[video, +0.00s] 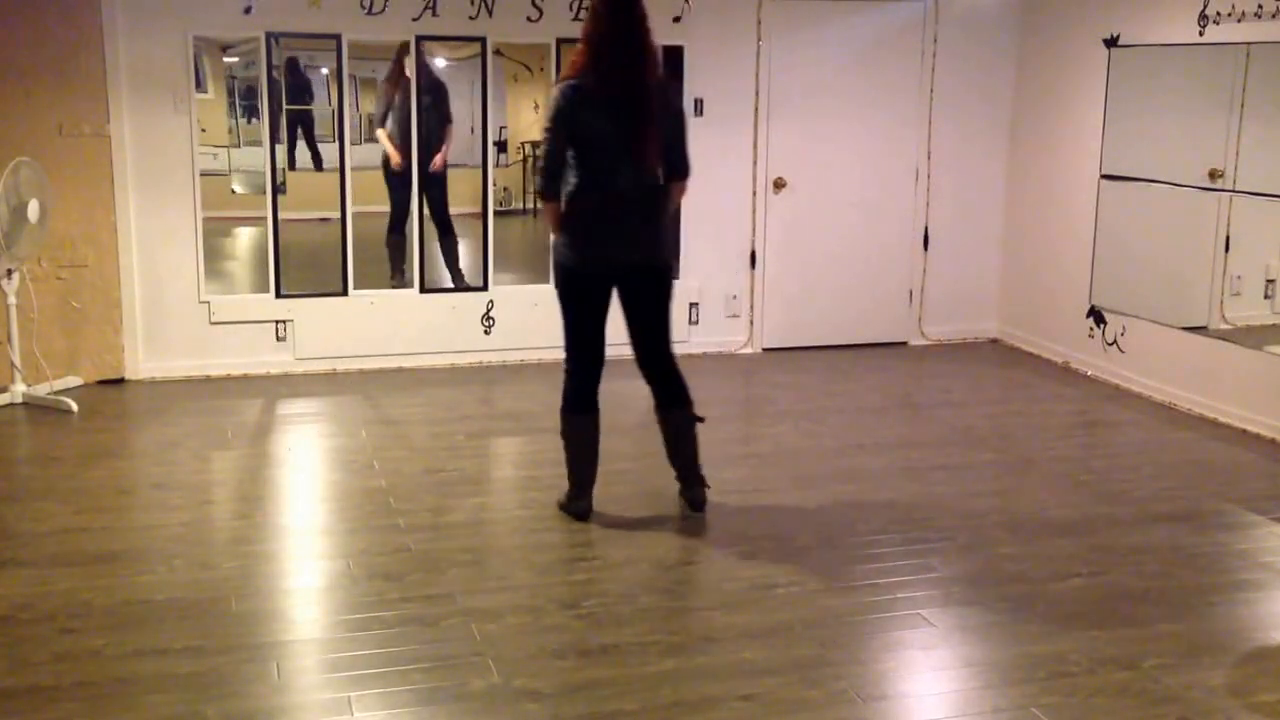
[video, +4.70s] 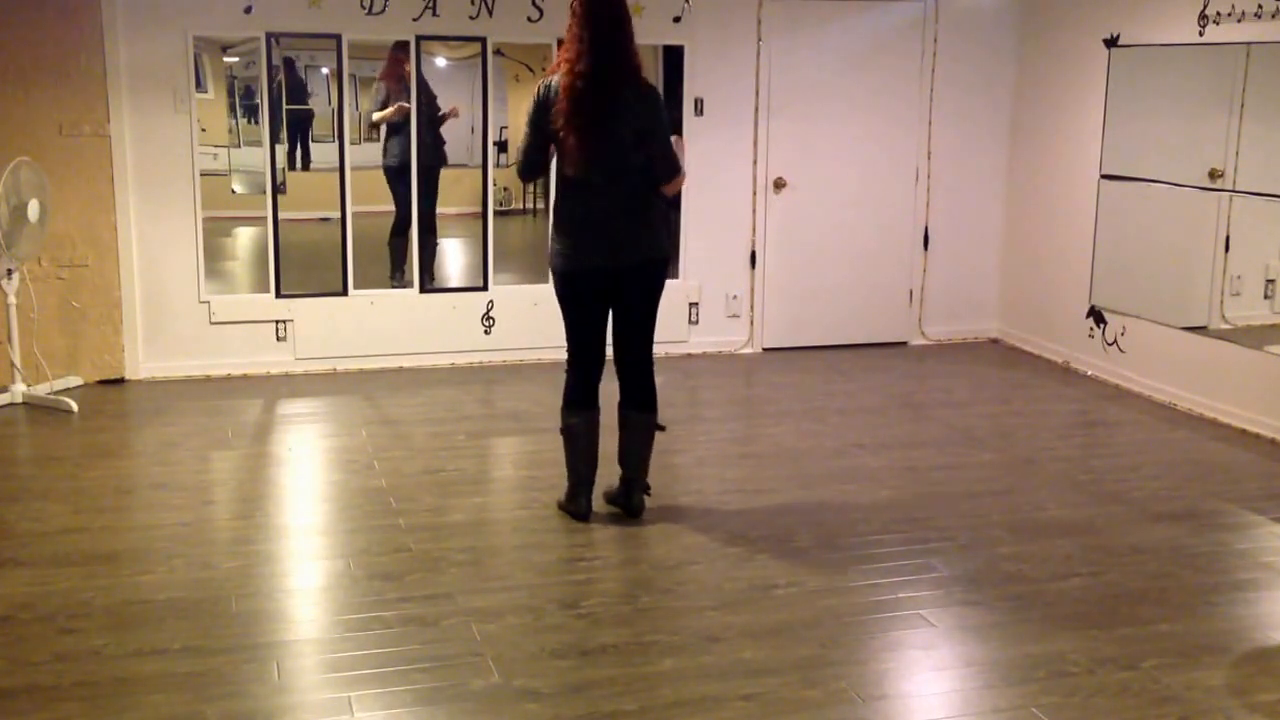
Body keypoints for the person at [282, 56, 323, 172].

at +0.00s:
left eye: (286, 67)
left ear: (286, 67)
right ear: (298, 66)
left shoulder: (284, 80)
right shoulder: (305, 79)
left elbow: (280, 96)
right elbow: (311, 96)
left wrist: (281, 108)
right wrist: (307, 102)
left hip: (290, 111)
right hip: (305, 110)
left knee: (291, 144)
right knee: (311, 141)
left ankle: (291, 170)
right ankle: (319, 167)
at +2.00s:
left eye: (284, 67)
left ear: (285, 67)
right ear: (297, 66)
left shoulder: (283, 82)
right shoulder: (302, 80)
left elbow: (280, 100)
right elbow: (308, 97)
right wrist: (311, 109)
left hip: (292, 113)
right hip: (307, 112)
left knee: (294, 142)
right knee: (307, 143)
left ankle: (292, 169)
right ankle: (306, 169)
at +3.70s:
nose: (282, 70)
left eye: (282, 68)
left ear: (283, 67)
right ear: (293, 65)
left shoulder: (282, 79)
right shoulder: (300, 77)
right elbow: (308, 94)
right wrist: (304, 101)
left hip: (287, 112)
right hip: (300, 112)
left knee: (288, 143)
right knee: (298, 142)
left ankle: (290, 168)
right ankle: (303, 166)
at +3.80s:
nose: (283, 70)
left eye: (283, 67)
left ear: (283, 67)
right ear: (294, 66)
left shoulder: (282, 81)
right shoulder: (300, 78)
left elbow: (278, 97)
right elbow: (311, 91)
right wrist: (304, 99)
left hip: (289, 113)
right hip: (303, 112)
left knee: (291, 143)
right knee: (302, 142)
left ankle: (290, 168)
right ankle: (305, 167)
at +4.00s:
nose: (284, 70)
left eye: (283, 67)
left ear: (283, 67)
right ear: (294, 65)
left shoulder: (282, 81)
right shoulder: (300, 77)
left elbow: (278, 96)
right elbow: (311, 91)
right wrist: (304, 98)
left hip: (289, 112)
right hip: (303, 112)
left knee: (291, 143)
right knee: (304, 142)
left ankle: (291, 168)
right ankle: (305, 168)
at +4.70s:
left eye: (283, 67)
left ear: (283, 67)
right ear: (294, 66)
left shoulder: (281, 82)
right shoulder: (300, 80)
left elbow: (278, 100)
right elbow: (305, 96)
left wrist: (280, 115)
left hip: (290, 115)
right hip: (304, 114)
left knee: (292, 145)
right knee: (305, 144)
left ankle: (291, 170)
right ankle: (306, 169)